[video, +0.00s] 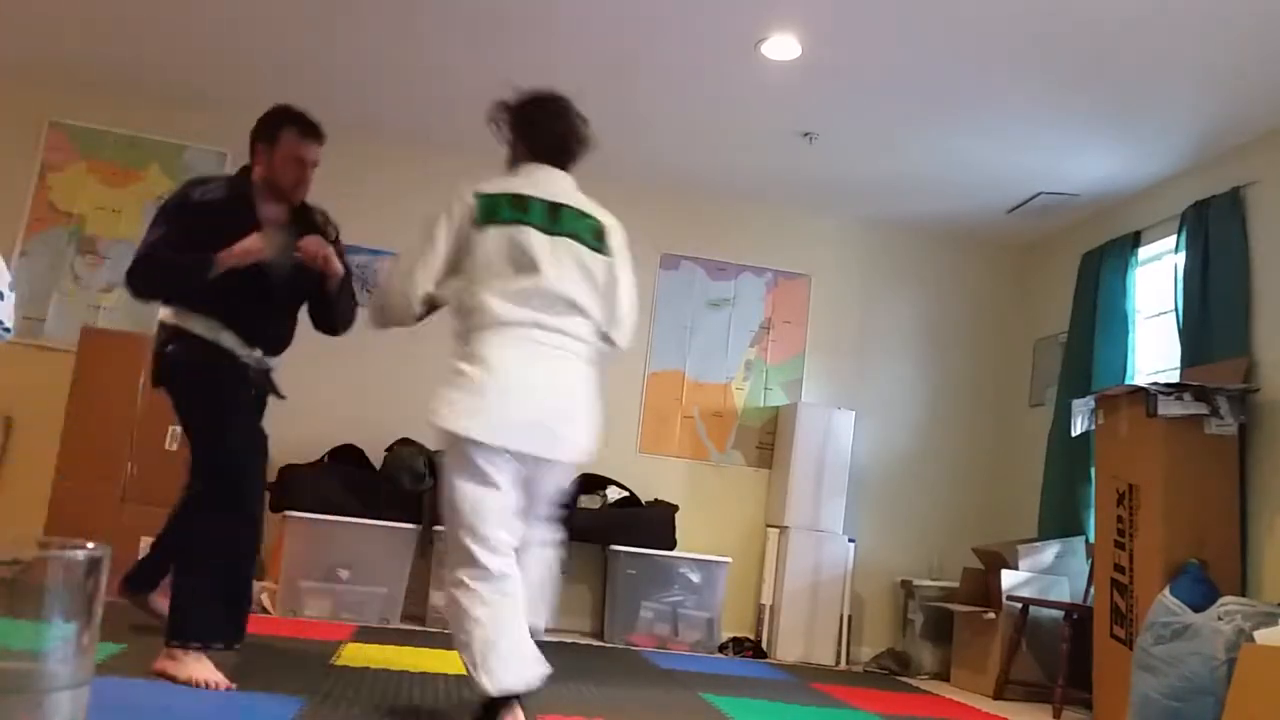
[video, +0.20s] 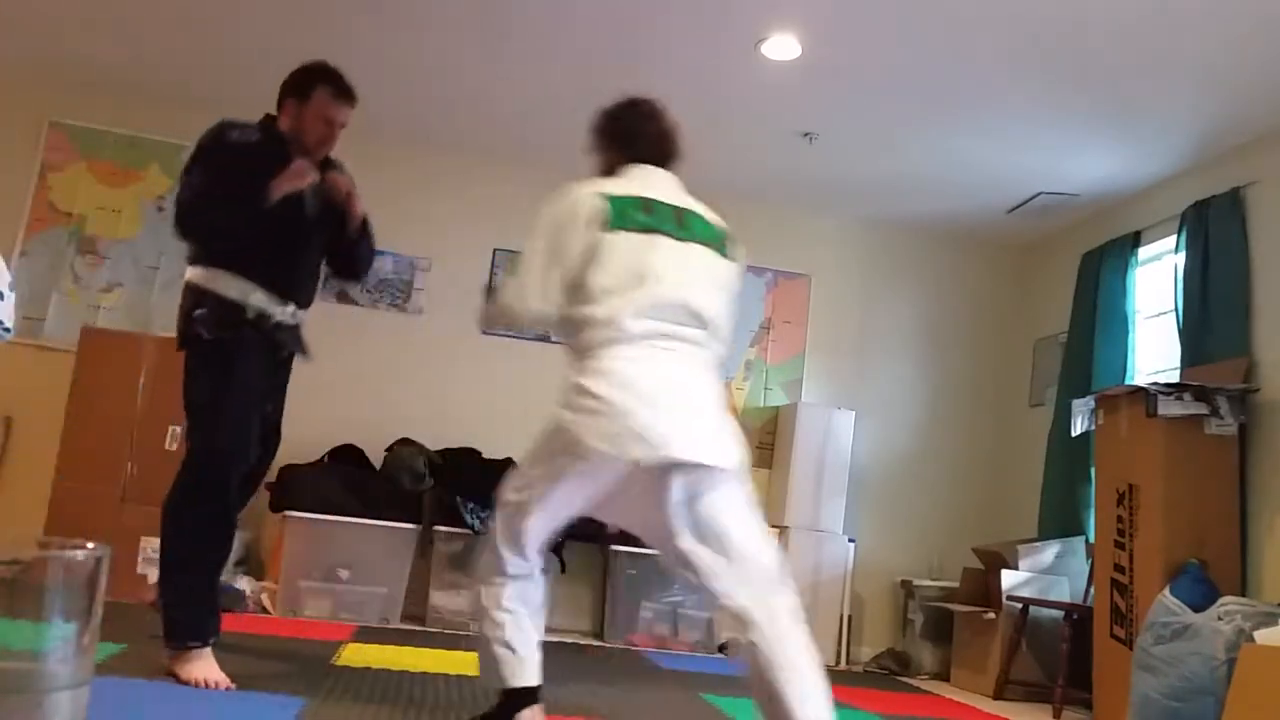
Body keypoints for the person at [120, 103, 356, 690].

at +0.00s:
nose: (306, 175)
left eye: (313, 164)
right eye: (296, 161)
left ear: (317, 166)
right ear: (261, 155)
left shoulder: (315, 226)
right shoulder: (207, 199)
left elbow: (336, 321)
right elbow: (145, 276)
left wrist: (333, 274)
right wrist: (224, 259)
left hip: (249, 369)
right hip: (196, 349)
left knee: (220, 486)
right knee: (234, 494)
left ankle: (144, 583)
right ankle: (185, 647)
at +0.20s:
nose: (332, 136)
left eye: (341, 127)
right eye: (325, 121)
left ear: (342, 127)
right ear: (289, 109)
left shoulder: (326, 178)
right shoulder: (234, 142)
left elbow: (353, 267)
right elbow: (195, 219)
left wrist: (349, 212)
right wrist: (271, 190)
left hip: (276, 331)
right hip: (221, 314)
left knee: (248, 467)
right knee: (215, 467)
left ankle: (186, 593)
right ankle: (189, 641)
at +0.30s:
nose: (334, 132)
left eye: (341, 124)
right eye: (327, 117)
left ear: (340, 127)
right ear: (292, 104)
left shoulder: (329, 176)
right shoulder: (240, 140)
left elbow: (373, 257)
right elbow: (216, 215)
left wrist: (369, 202)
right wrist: (289, 177)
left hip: (283, 334)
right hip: (230, 316)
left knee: (242, 480)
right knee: (225, 476)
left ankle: (195, 621)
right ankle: (185, 644)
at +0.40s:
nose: (338, 143)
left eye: (345, 134)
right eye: (331, 128)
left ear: (344, 138)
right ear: (294, 118)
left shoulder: (329, 196)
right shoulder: (250, 158)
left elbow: (381, 268)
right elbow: (225, 219)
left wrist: (383, 219)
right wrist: (311, 196)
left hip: (279, 347)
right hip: (232, 326)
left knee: (243, 485)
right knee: (240, 481)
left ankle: (185, 621)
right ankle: (184, 643)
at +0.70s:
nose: (362, 165)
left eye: (369, 156)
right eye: (355, 150)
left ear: (364, 156)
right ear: (319, 139)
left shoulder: (341, 218)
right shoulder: (259, 177)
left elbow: (322, 314)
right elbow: (210, 254)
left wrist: (348, 301)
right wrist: (294, 279)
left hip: (263, 341)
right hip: (231, 332)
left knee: (216, 485)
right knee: (286, 474)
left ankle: (170, 620)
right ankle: (250, 633)